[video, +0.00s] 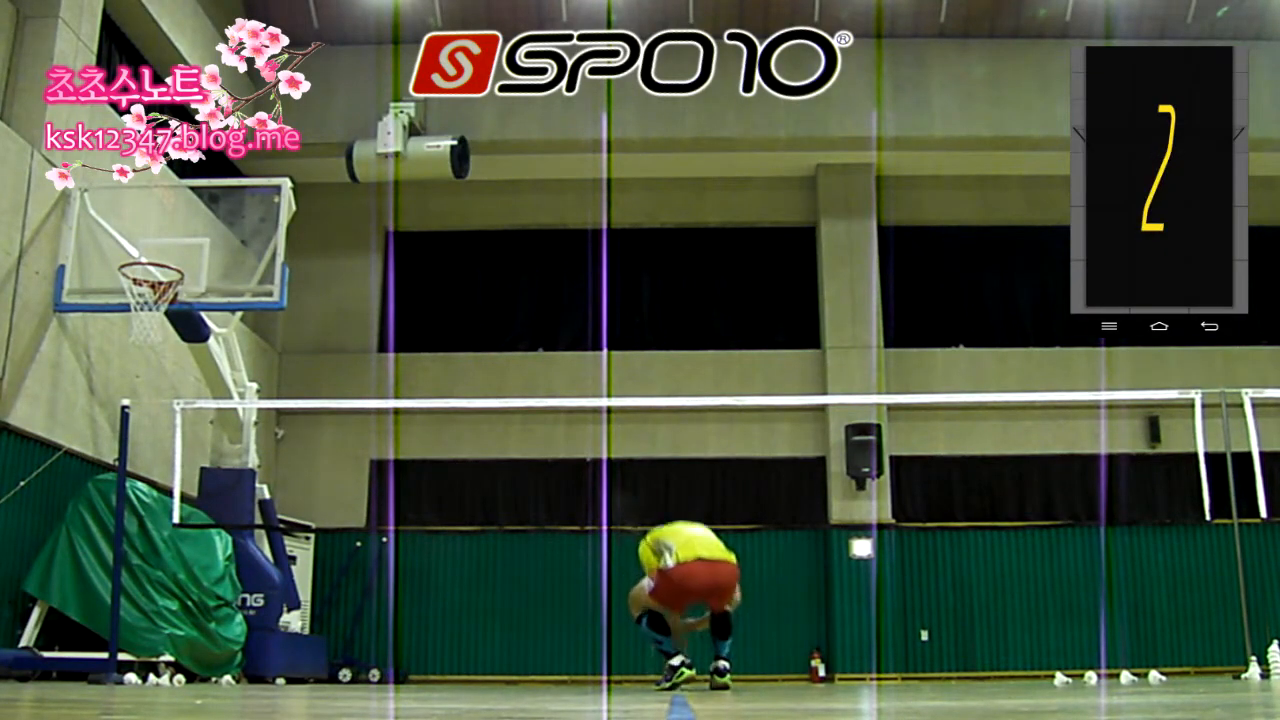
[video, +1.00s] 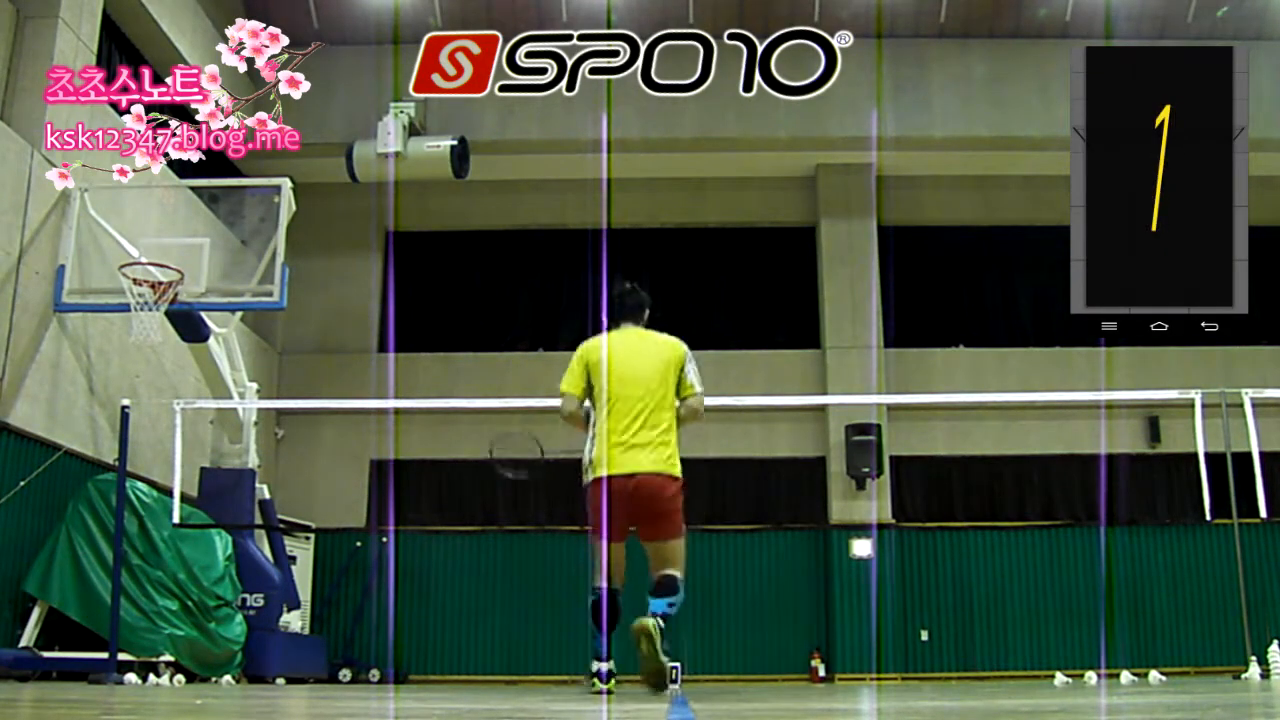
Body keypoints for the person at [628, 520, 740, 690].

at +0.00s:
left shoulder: (648, 543)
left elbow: (669, 610)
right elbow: (735, 599)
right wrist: (700, 623)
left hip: (681, 573)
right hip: (724, 569)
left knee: (636, 602)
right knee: (721, 609)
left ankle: (676, 662)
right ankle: (721, 665)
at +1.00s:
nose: (640, 319)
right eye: (643, 313)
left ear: (608, 315)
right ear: (646, 315)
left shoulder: (590, 349)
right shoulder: (674, 347)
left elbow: (570, 409)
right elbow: (694, 406)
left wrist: (600, 427)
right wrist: (658, 422)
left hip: (605, 475)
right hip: (659, 474)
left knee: (607, 576)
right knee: (668, 571)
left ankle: (602, 668)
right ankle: (654, 620)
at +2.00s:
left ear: (618, 231)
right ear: (673, 231)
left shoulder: (602, 264)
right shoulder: (710, 270)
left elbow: (576, 306)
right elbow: (752, 336)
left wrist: (554, 397)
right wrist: (746, 418)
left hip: (626, 423)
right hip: (703, 423)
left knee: (574, 541)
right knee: (751, 546)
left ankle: (543, 649)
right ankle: (808, 651)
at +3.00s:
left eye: (641, 144)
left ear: (641, 145)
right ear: (696, 143)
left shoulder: (622, 181)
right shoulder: (741, 185)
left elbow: (595, 243)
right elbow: (783, 262)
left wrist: (606, 318)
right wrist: (750, 331)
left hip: (648, 366)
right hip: (730, 365)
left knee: (598, 500)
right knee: (768, 511)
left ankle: (557, 629)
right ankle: (816, 641)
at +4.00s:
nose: (639, 248)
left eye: (640, 240)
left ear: (644, 236)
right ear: (703, 237)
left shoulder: (643, 255)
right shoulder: (750, 276)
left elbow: (618, 290)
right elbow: (803, 357)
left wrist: (555, 365)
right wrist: (778, 419)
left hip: (688, 406)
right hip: (770, 408)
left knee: (612, 532)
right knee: (783, 530)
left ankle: (581, 644)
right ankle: (848, 644)